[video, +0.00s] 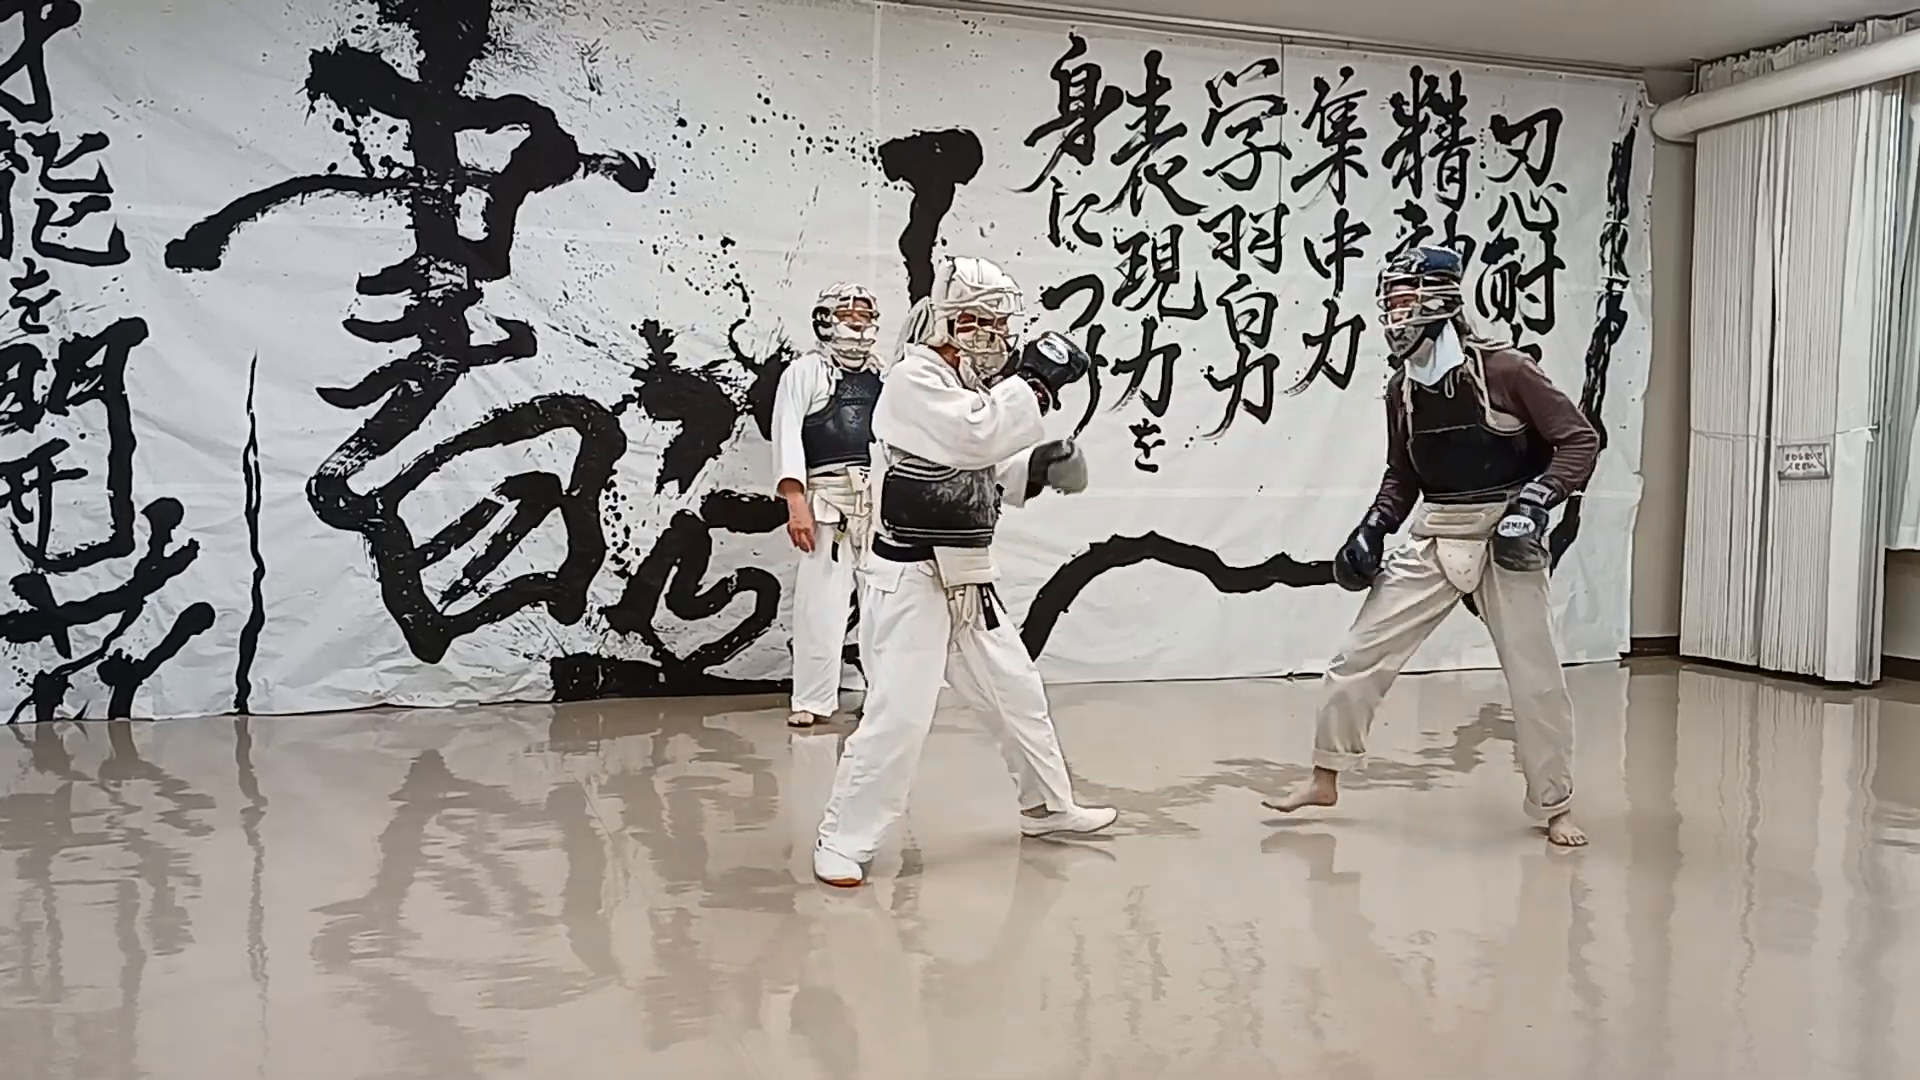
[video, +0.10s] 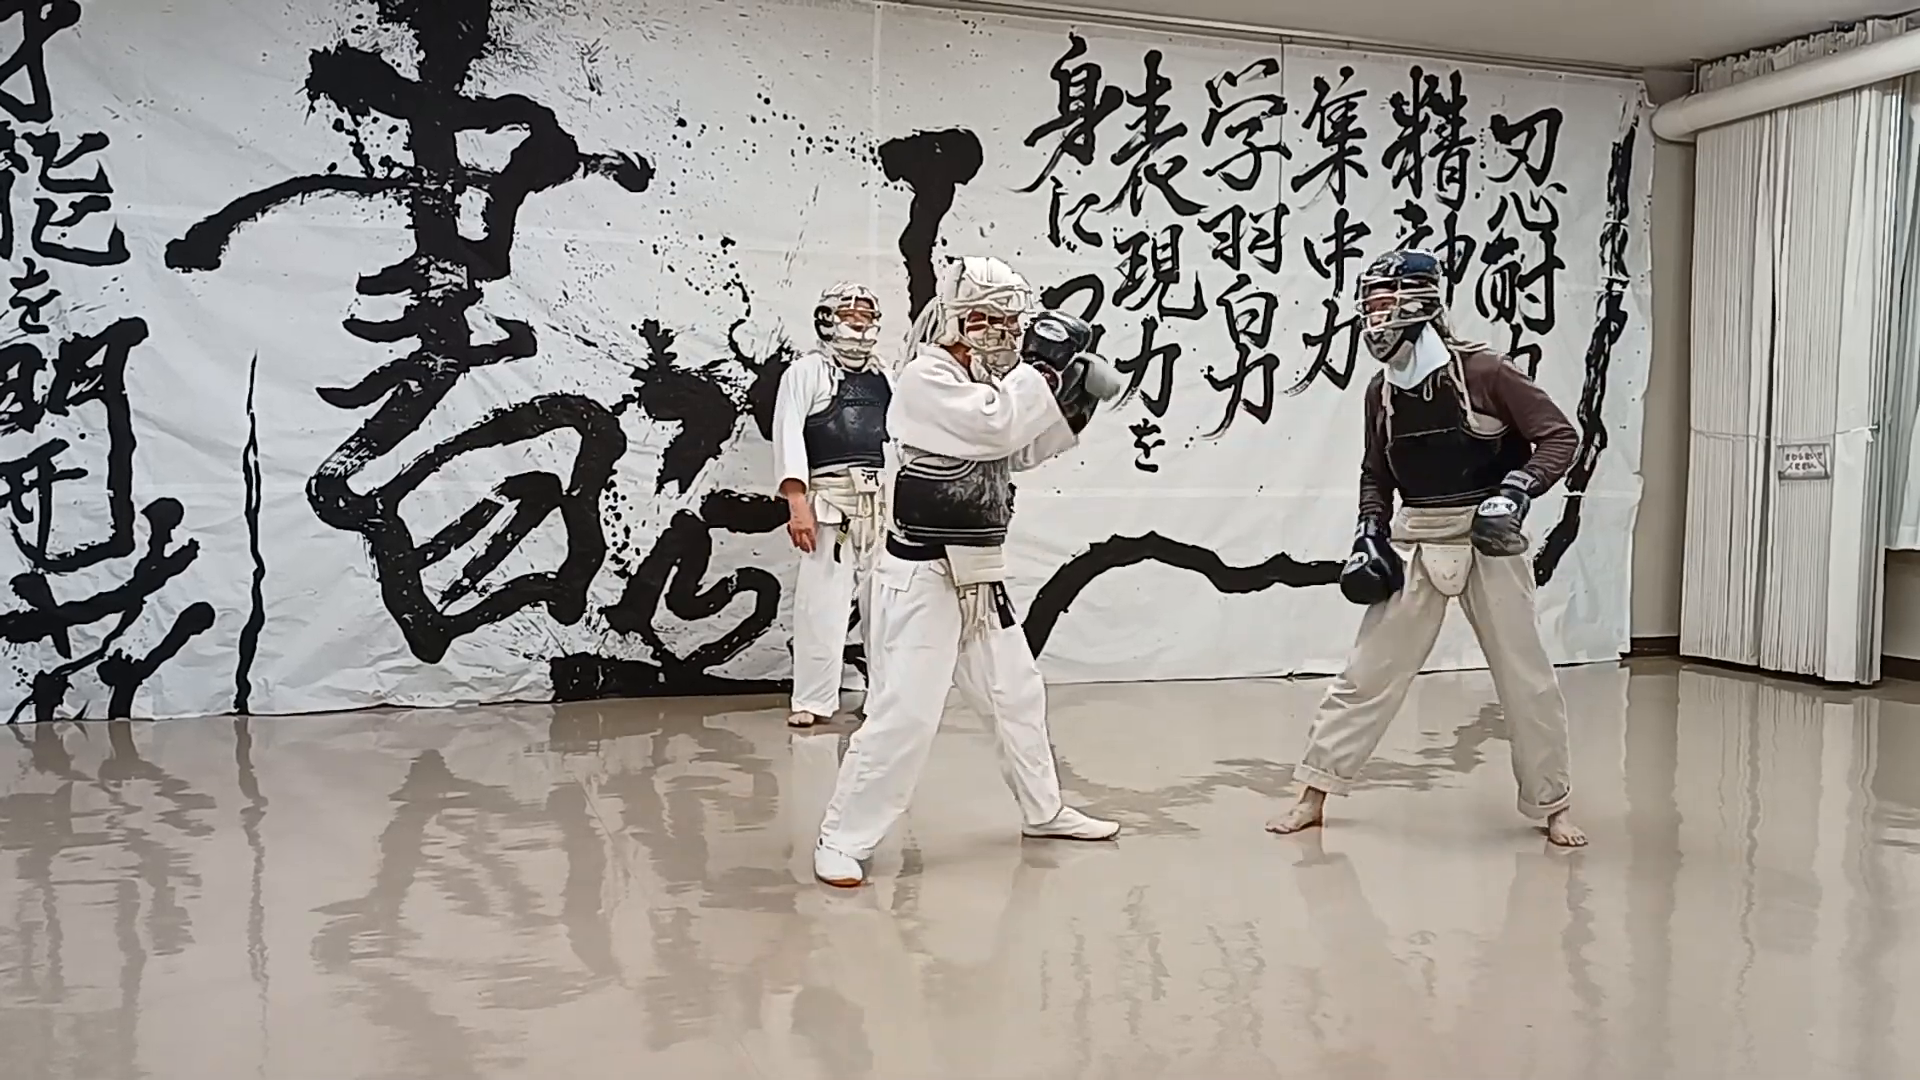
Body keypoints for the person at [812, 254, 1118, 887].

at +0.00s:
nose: (991, 334)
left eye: (998, 323)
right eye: (978, 321)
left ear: (1005, 328)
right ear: (947, 321)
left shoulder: (975, 388)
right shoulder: (914, 375)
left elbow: (979, 477)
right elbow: (975, 432)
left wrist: (1039, 473)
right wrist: (1037, 380)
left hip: (964, 572)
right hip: (908, 574)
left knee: (1018, 688)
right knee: (898, 714)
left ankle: (1048, 807)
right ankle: (842, 845)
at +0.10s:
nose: (1007, 334)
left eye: (1012, 324)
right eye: (995, 321)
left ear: (1010, 326)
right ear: (961, 320)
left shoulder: (986, 385)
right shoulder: (925, 376)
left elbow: (1021, 450)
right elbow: (995, 426)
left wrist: (1078, 408)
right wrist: (1046, 368)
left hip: (974, 572)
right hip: (918, 574)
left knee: (1018, 693)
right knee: (905, 715)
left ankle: (1046, 813)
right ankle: (841, 844)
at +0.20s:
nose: (1019, 329)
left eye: (1027, 319)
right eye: (1007, 316)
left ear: (1030, 323)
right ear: (973, 311)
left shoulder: (1010, 371)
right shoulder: (939, 369)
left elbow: (1057, 425)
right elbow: (1012, 416)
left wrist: (1093, 361)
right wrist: (1056, 356)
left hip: (993, 561)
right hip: (931, 562)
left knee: (1029, 683)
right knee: (917, 702)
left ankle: (1043, 811)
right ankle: (853, 837)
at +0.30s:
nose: (1024, 325)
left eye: (1032, 315)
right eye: (1011, 313)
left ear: (1041, 319)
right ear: (982, 312)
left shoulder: (1023, 373)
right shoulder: (946, 368)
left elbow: (1061, 430)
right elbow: (1015, 424)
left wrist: (1094, 376)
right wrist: (1055, 365)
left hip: (999, 557)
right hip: (937, 559)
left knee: (1035, 682)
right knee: (942, 699)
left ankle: (1043, 810)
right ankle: (893, 823)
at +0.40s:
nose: (1032, 334)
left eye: (1038, 324)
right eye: (1018, 322)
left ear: (1045, 327)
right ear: (987, 322)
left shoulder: (1020, 385)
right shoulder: (953, 383)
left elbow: (1047, 446)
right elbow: (1019, 442)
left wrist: (1096, 406)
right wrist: (1073, 388)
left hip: (1007, 571)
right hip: (951, 575)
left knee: (1060, 679)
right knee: (943, 713)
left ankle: (1049, 808)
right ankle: (889, 821)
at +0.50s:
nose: (1047, 345)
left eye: (1054, 334)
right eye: (1033, 334)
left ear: (1061, 336)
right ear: (1000, 334)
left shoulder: (1033, 395)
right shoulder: (970, 393)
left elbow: (1053, 454)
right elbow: (1031, 457)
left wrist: (1101, 414)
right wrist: (1093, 409)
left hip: (1011, 580)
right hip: (956, 583)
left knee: (1086, 670)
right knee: (948, 718)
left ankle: (1070, 791)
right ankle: (891, 824)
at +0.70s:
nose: (1091, 365)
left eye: (1096, 353)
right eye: (1078, 353)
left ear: (1100, 358)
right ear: (1048, 357)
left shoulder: (1074, 416)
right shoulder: (1014, 419)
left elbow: (1099, 459)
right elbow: (1072, 497)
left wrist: (1144, 429)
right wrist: (1139, 457)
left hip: (1051, 589)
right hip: (994, 592)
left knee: (1115, 687)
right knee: (1003, 720)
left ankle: (1116, 802)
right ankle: (896, 806)